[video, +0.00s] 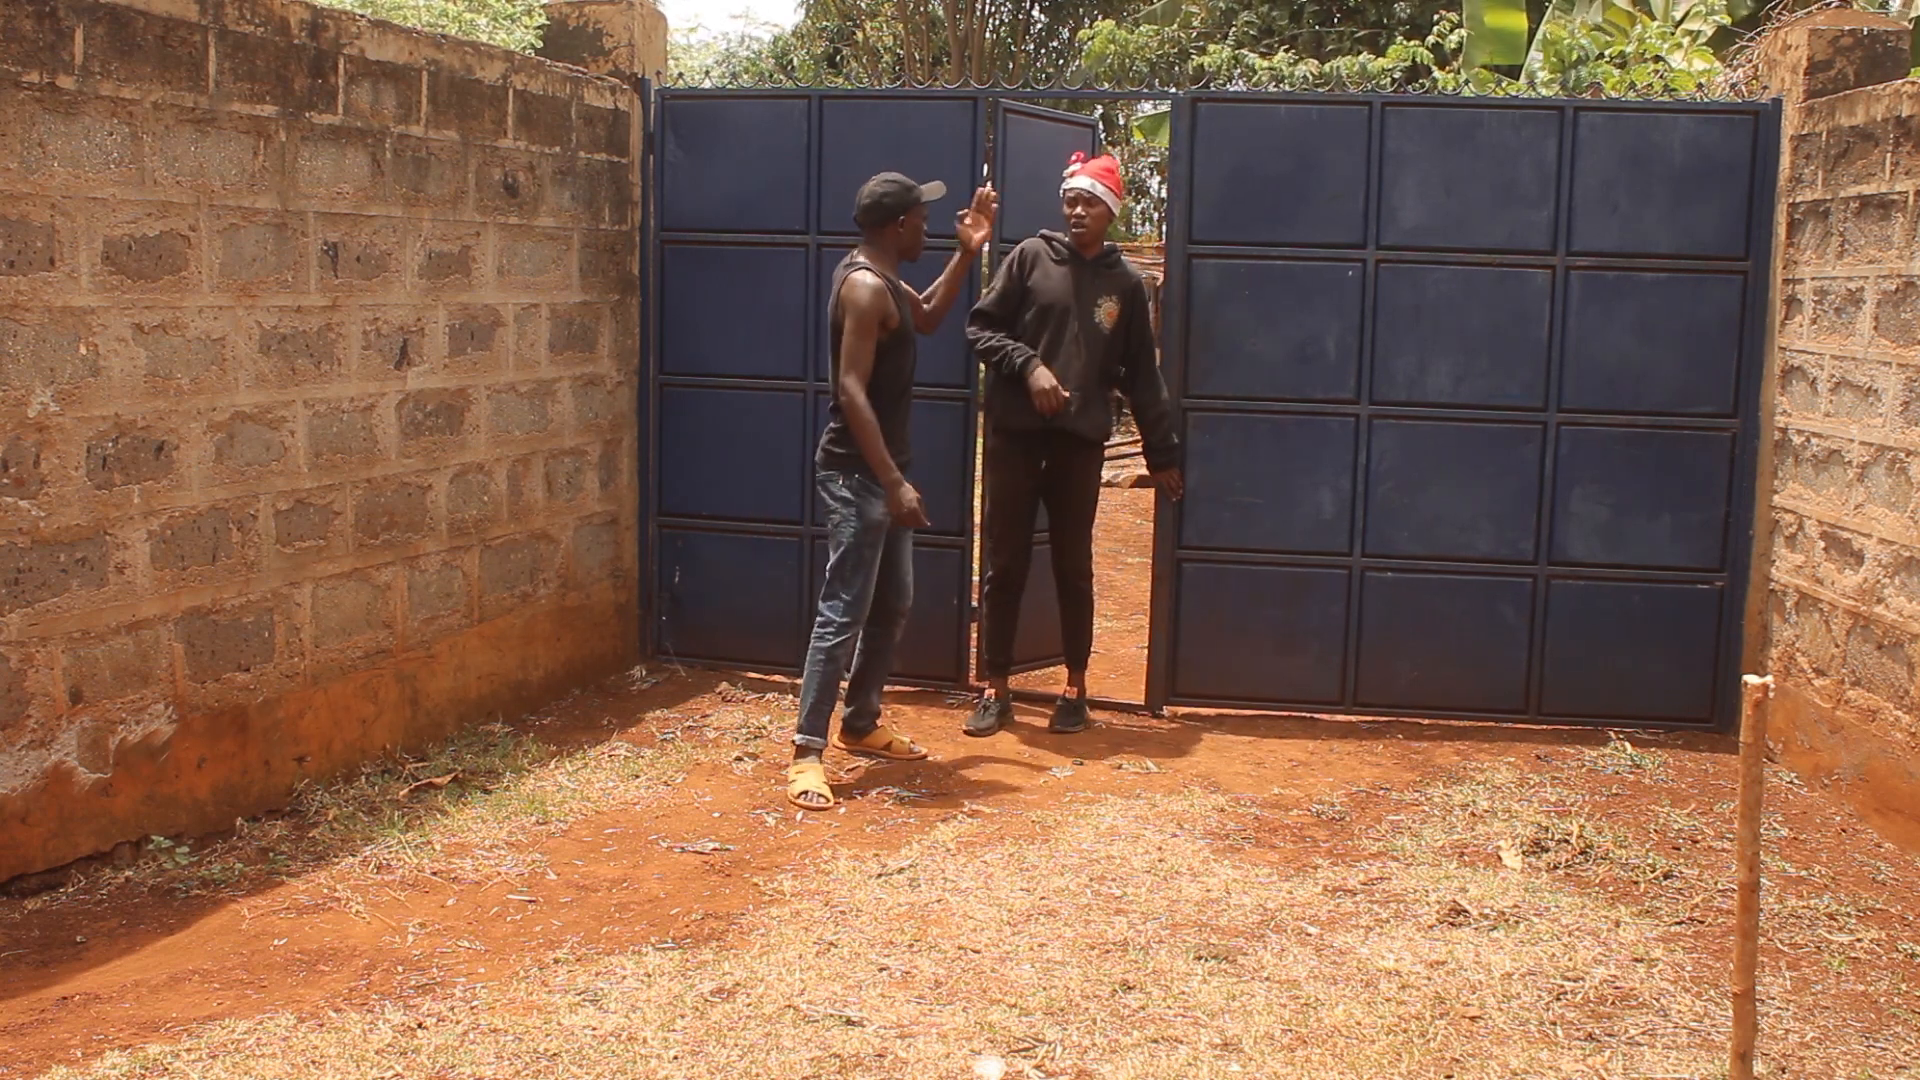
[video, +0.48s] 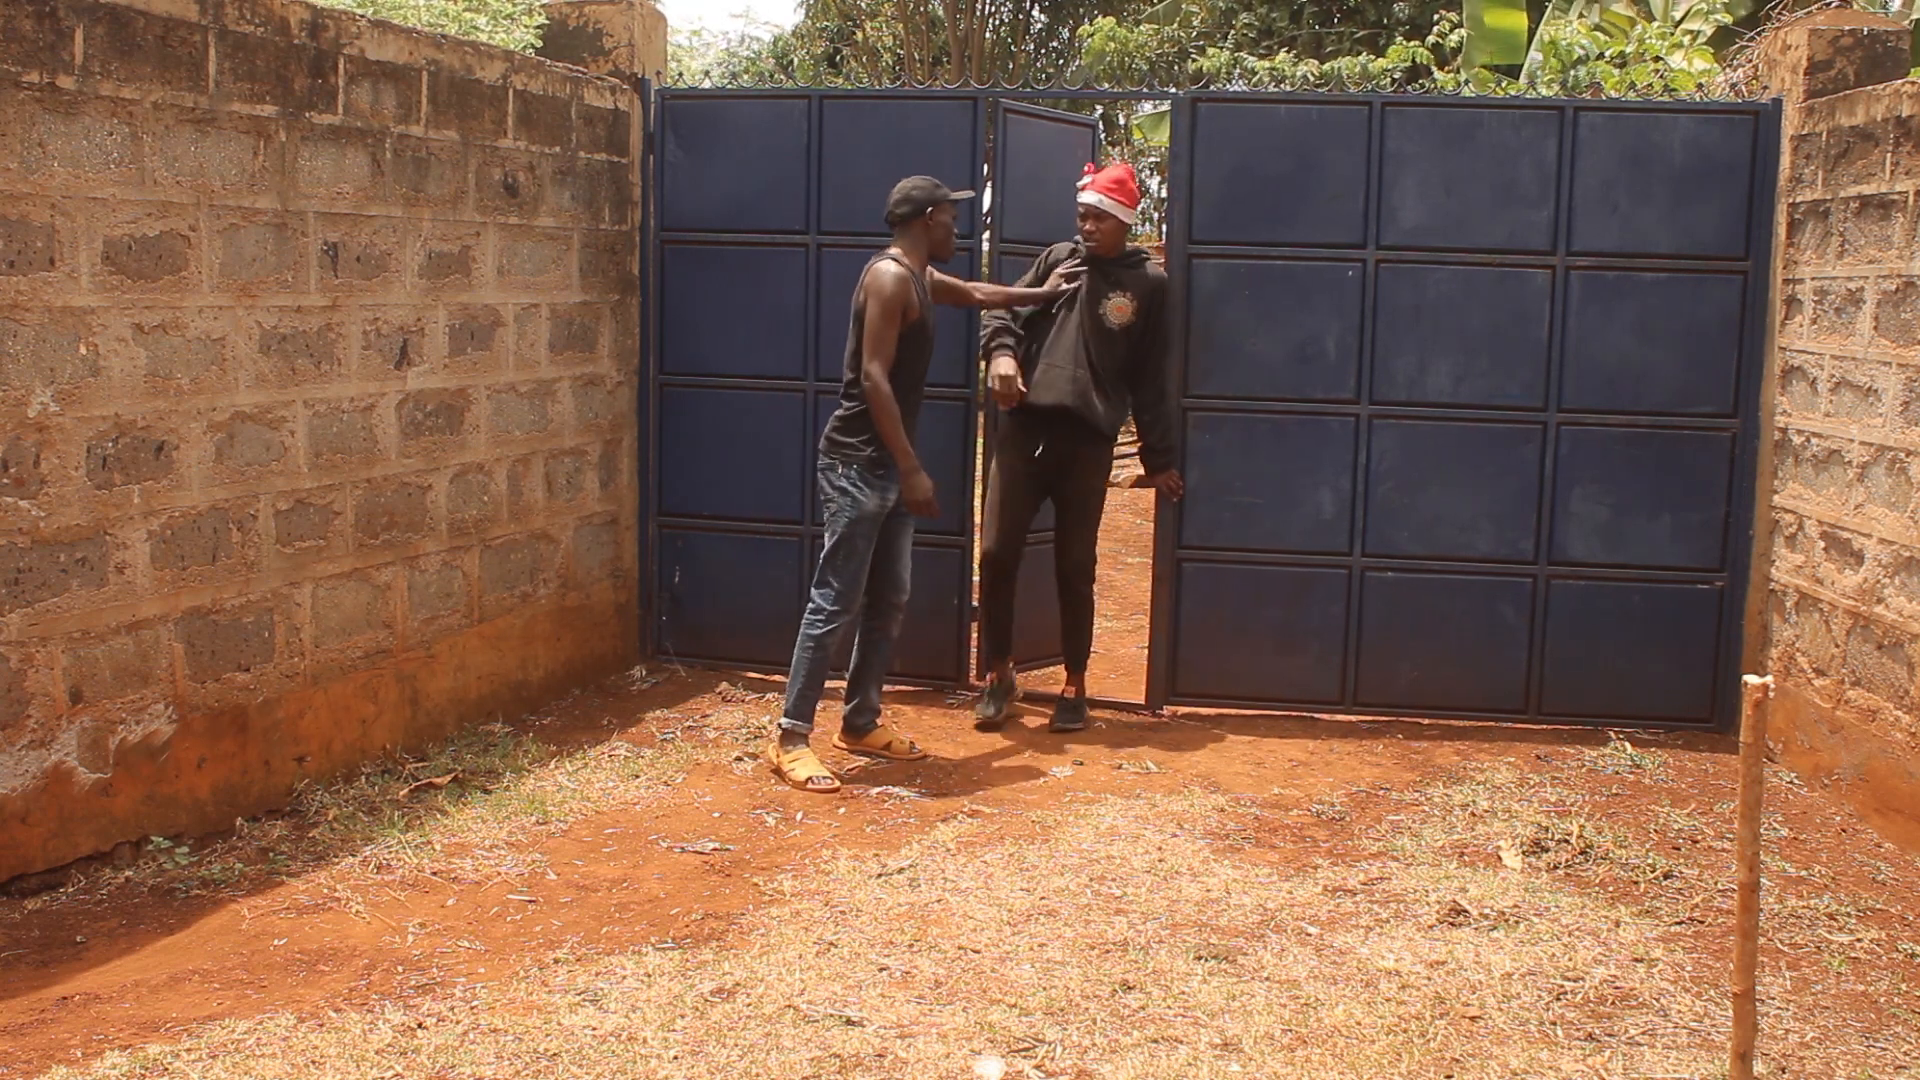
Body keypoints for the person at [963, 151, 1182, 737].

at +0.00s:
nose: (1079, 211)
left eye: (1091, 202)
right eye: (1072, 200)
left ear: (1113, 211)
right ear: (1061, 205)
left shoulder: (1126, 282)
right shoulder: (1029, 255)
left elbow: (1144, 375)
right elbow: (979, 327)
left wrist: (1163, 453)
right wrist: (1027, 363)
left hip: (1079, 446)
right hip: (1012, 439)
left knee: (1073, 565)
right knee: (1005, 564)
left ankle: (1074, 689)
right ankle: (992, 691)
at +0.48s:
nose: (1088, 223)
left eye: (1101, 215)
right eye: (1084, 212)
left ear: (1129, 220)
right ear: (1077, 212)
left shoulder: (1149, 285)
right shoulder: (1054, 257)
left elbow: (1153, 378)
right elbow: (1003, 308)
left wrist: (1160, 459)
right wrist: (1002, 355)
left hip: (1087, 439)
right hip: (1022, 425)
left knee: (1075, 567)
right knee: (996, 555)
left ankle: (1074, 687)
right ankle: (997, 679)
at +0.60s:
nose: (1097, 222)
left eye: (1110, 214)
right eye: (1093, 211)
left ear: (1138, 221)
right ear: (1088, 213)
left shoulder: (1156, 283)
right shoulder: (1067, 263)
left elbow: (1159, 377)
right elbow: (1024, 314)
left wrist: (1159, 458)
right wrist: (979, 338)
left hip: (1098, 435)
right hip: (1038, 425)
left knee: (1081, 564)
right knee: (1000, 540)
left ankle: (1075, 686)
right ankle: (1043, 608)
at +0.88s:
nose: (1088, 223)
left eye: (1101, 217)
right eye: (1083, 213)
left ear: (1125, 225)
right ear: (1075, 214)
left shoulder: (1140, 281)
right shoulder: (1059, 268)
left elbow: (1149, 376)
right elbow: (1023, 344)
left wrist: (1158, 458)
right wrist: (969, 392)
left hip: (1109, 435)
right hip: (1057, 430)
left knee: (1068, 555)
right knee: (1066, 556)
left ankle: (1072, 689)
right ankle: (1104, 661)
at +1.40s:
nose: (1057, 246)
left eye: (1069, 238)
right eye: (1053, 236)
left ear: (1095, 244)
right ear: (1048, 239)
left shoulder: (1117, 290)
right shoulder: (1044, 290)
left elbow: (1140, 383)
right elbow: (1023, 371)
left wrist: (1157, 465)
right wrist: (990, 429)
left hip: (1115, 449)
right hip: (1068, 449)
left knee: (1069, 557)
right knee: (1104, 566)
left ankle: (1072, 690)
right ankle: (1119, 677)